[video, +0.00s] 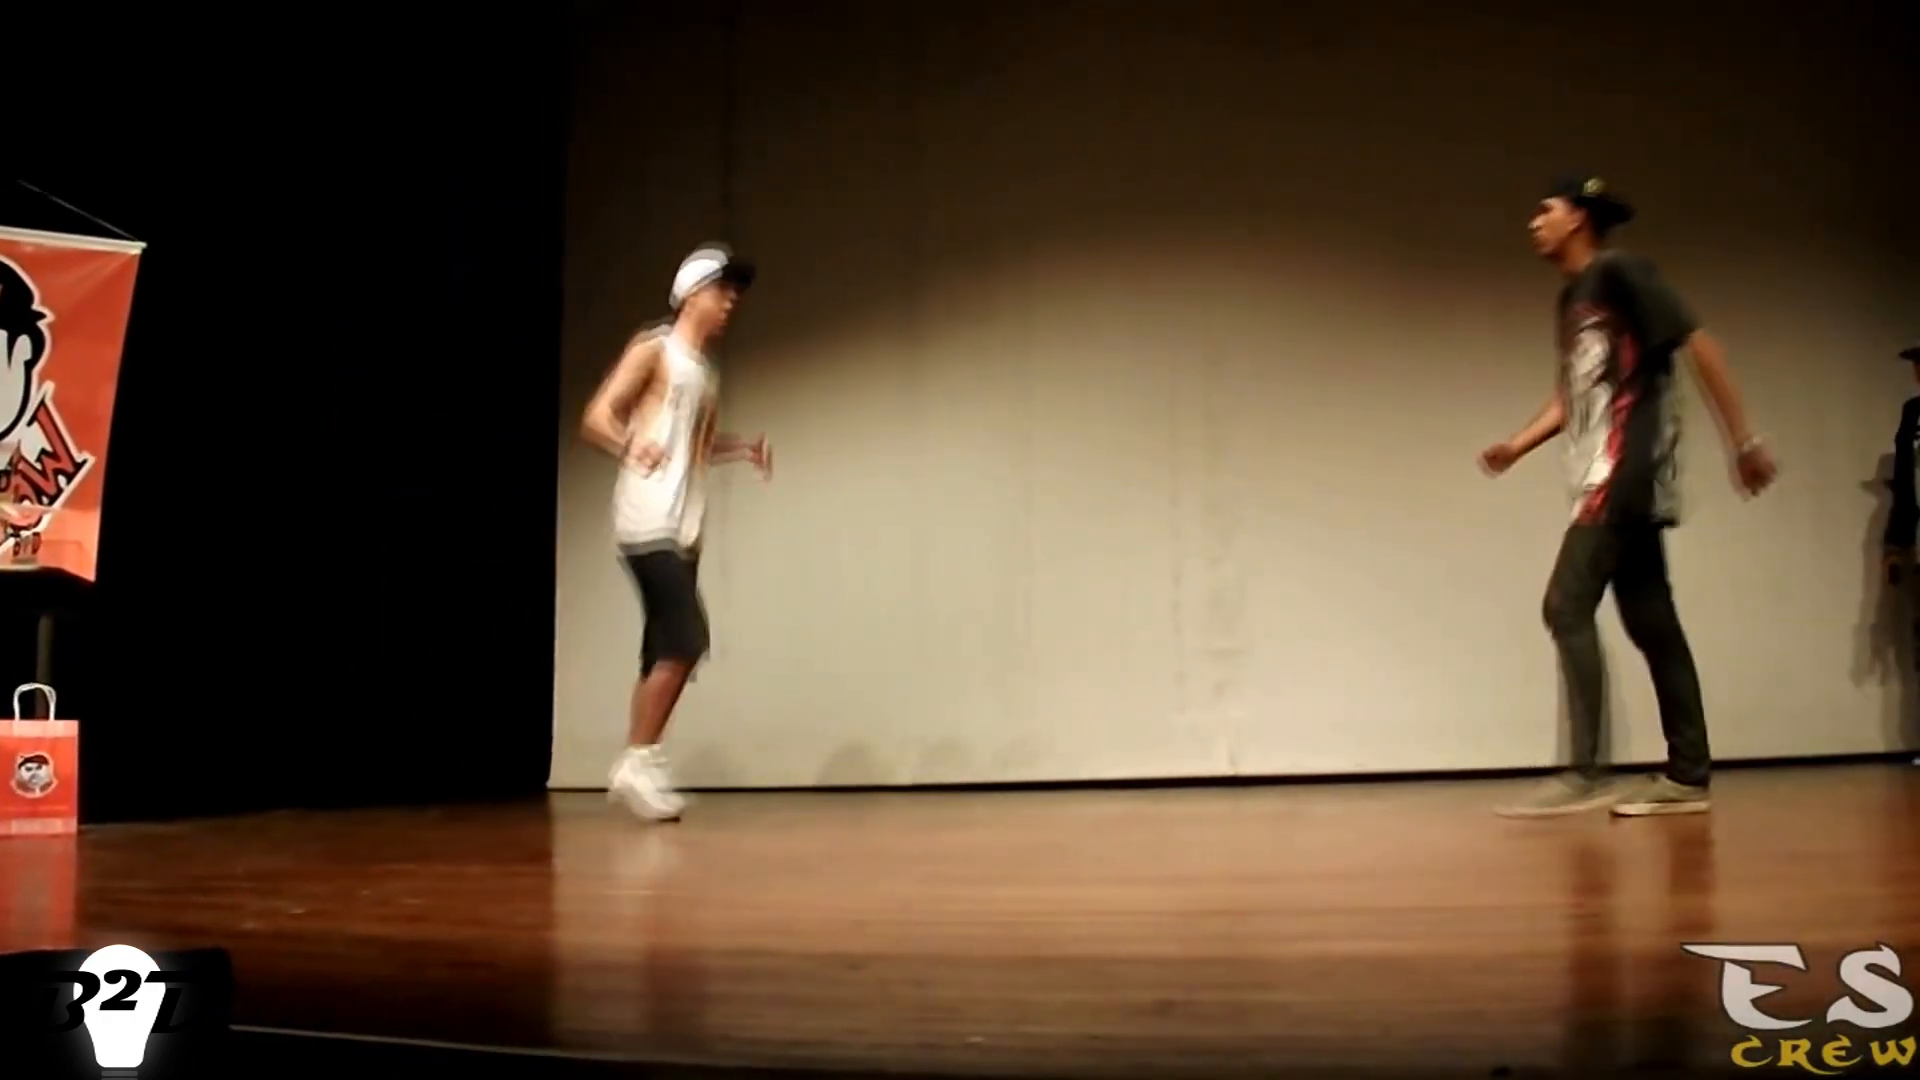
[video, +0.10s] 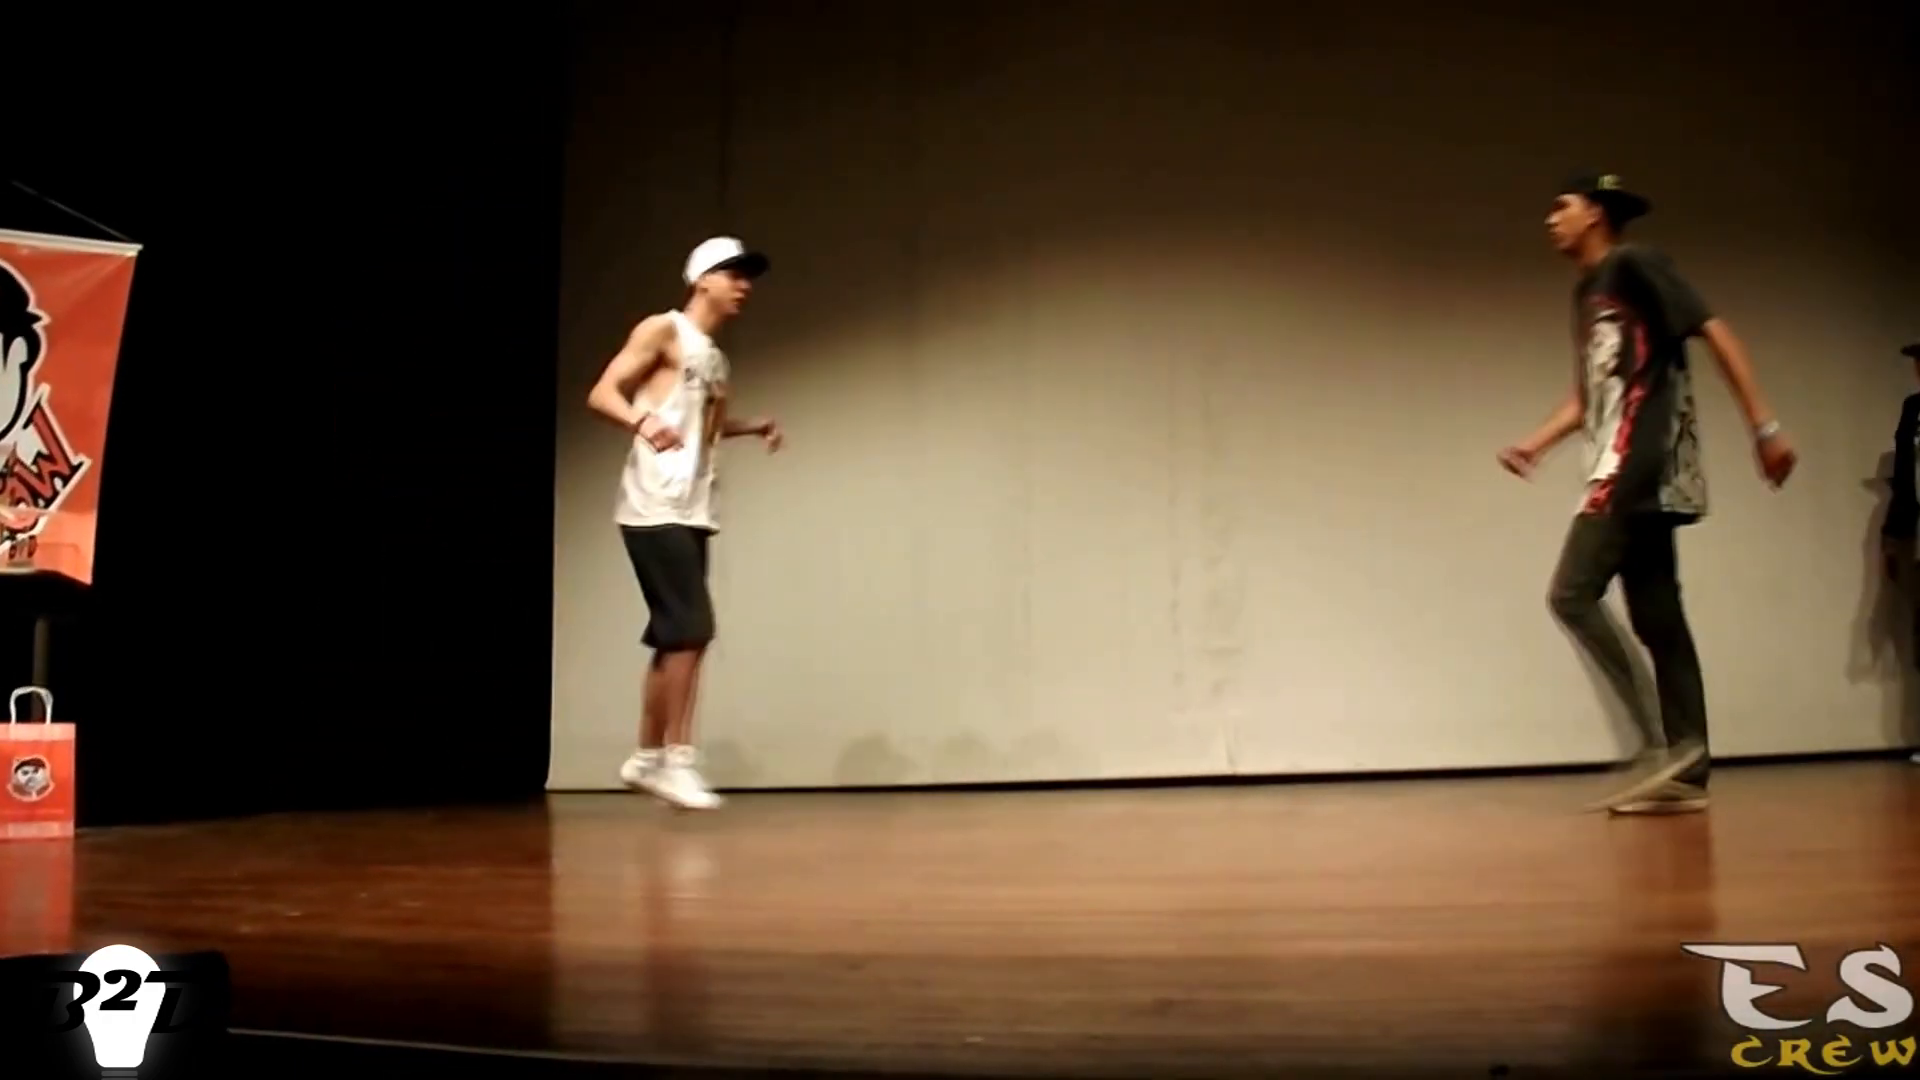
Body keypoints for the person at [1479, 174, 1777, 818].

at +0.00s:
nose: (1534, 223)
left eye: (1546, 212)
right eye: (1537, 213)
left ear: (1582, 220)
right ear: (1571, 224)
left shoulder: (1625, 274)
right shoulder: (1573, 296)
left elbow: (1699, 347)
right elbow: (1569, 398)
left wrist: (1742, 442)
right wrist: (1515, 446)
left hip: (1625, 481)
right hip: (1612, 483)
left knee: (1566, 608)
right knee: (1654, 624)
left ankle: (1583, 776)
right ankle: (1689, 776)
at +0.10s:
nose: (1551, 220)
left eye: (1562, 208)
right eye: (1553, 210)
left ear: (1598, 215)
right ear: (1589, 220)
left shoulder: (1637, 264)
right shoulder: (1591, 290)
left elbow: (1714, 334)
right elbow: (1587, 398)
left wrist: (1764, 429)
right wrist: (1534, 444)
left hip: (1635, 469)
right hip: (1632, 472)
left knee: (1572, 598)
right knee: (1660, 620)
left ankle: (1658, 748)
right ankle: (1687, 775)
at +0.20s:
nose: (1564, 218)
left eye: (1575, 207)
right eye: (1566, 208)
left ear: (1611, 215)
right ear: (1603, 219)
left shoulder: (1644, 263)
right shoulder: (1612, 286)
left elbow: (1718, 332)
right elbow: (1612, 397)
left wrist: (1769, 426)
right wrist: (1558, 457)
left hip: (1648, 467)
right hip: (1641, 469)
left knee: (1592, 600)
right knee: (1667, 612)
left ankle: (1710, 719)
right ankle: (1684, 772)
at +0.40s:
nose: (1596, 212)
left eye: (1608, 201)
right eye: (1599, 202)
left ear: (1644, 210)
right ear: (1632, 214)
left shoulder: (1673, 266)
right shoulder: (1647, 282)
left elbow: (1694, 348)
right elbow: (1654, 385)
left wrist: (1707, 435)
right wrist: (1649, 476)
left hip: (1683, 478)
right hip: (1654, 483)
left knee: (1698, 611)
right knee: (1673, 622)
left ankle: (1803, 757)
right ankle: (1680, 775)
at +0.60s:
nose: (1628, 210)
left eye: (1640, 198)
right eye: (1630, 200)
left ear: (1678, 207)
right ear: (1660, 214)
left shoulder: (1708, 261)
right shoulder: (1679, 281)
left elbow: (1673, 345)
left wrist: (1591, 398)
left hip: (1746, 473)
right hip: (1702, 478)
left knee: (1770, 614)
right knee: (1659, 605)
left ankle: (1812, 773)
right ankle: (1687, 768)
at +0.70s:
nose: (1642, 201)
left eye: (1655, 189)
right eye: (1644, 191)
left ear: (1693, 197)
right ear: (1681, 201)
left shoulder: (1726, 250)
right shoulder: (1699, 267)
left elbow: (1680, 332)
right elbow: (1723, 387)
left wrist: (1578, 375)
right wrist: (1700, 472)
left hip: (1765, 458)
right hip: (1719, 460)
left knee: (1775, 609)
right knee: (1666, 595)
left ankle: (1808, 772)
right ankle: (1754, 743)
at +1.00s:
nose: (1688, 204)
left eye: (1701, 195)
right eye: (1689, 195)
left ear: (1737, 208)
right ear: (1717, 213)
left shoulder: (1774, 257)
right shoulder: (1721, 289)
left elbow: (1785, 350)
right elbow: (1719, 394)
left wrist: (1731, 413)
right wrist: (1687, 488)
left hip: (1804, 453)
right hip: (1773, 459)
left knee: (1759, 600)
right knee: (1817, 605)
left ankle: (1795, 770)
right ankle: (1893, 753)